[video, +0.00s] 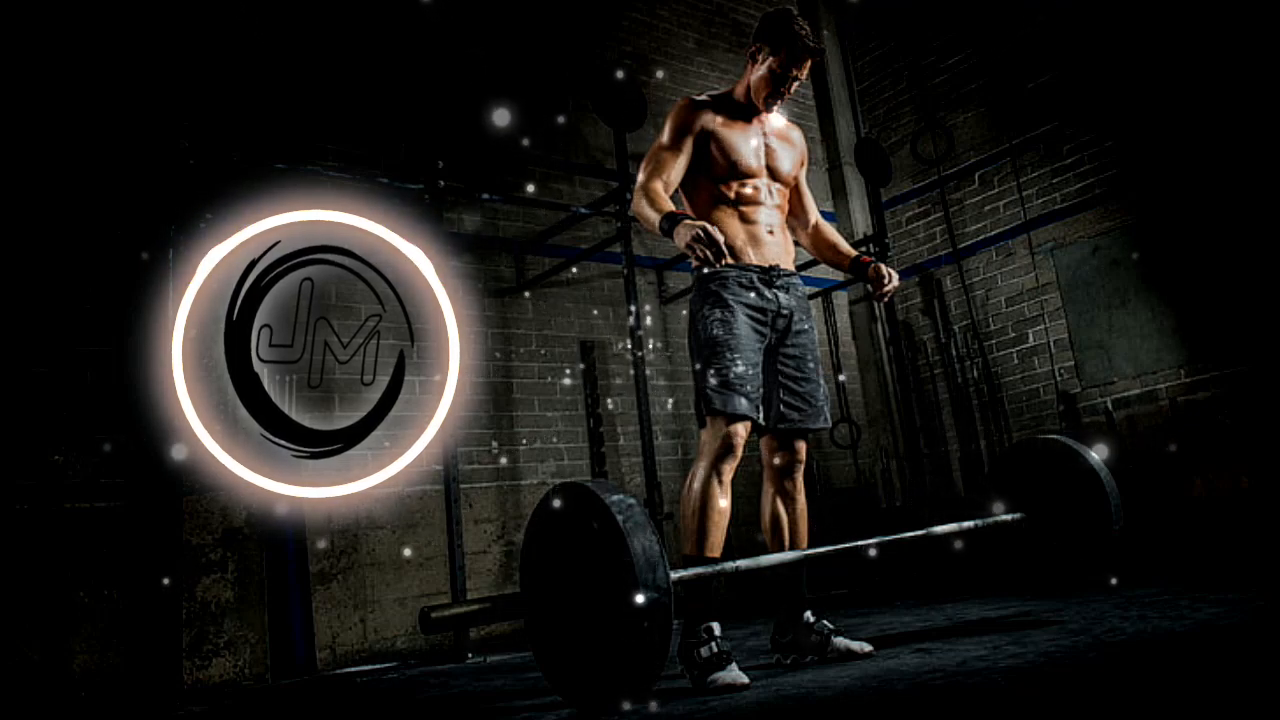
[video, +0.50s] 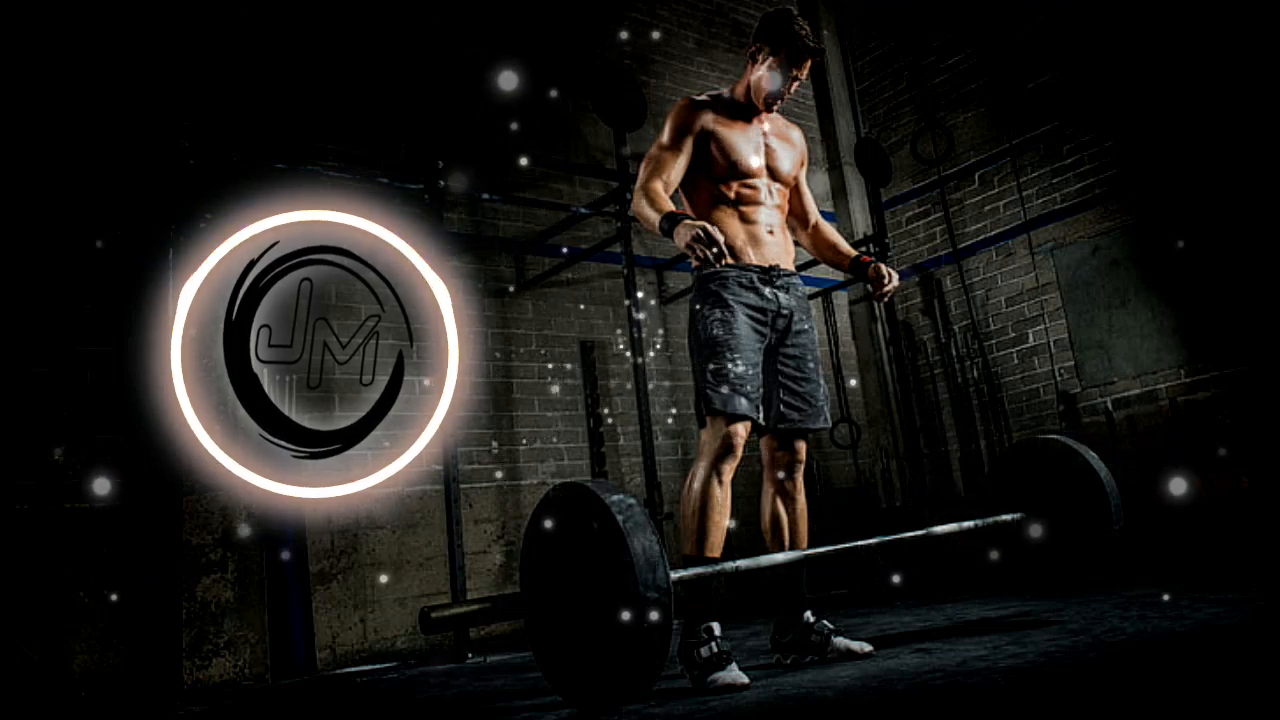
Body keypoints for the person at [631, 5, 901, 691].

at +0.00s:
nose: (787, 95)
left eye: (797, 85)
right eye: (784, 78)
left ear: (801, 78)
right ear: (756, 59)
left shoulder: (791, 136)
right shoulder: (697, 115)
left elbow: (809, 225)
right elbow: (644, 199)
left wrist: (861, 265)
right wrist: (676, 225)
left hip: (790, 297)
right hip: (730, 292)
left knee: (790, 455)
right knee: (729, 437)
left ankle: (797, 624)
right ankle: (698, 633)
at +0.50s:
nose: (791, 91)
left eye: (800, 82)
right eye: (788, 75)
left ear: (797, 79)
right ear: (757, 59)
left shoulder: (791, 136)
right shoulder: (698, 115)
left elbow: (809, 225)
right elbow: (644, 200)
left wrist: (861, 265)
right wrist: (676, 225)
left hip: (790, 296)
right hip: (731, 292)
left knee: (790, 454)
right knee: (729, 437)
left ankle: (797, 624)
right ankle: (698, 633)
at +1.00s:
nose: (790, 90)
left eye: (801, 79)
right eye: (787, 73)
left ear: (803, 76)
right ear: (756, 57)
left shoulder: (792, 136)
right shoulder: (697, 115)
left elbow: (808, 224)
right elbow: (645, 197)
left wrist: (860, 264)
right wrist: (677, 225)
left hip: (790, 297)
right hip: (731, 292)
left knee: (790, 455)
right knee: (730, 437)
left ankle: (796, 624)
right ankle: (698, 633)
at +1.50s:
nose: (787, 93)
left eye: (798, 83)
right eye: (783, 76)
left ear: (802, 77)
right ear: (756, 57)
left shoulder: (792, 135)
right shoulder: (698, 115)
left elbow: (808, 224)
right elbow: (645, 198)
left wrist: (860, 265)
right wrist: (676, 226)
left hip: (790, 296)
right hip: (730, 292)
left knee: (790, 454)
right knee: (729, 437)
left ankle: (797, 624)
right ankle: (698, 634)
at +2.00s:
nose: (790, 93)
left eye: (800, 82)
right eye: (787, 76)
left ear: (805, 77)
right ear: (757, 58)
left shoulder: (792, 136)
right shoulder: (697, 115)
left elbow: (809, 224)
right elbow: (645, 199)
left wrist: (860, 264)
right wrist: (677, 225)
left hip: (790, 296)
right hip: (731, 291)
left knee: (789, 455)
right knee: (729, 438)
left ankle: (796, 625)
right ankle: (698, 634)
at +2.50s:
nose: (789, 92)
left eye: (799, 81)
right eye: (786, 76)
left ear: (801, 77)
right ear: (756, 58)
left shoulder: (792, 137)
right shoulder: (697, 115)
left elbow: (809, 225)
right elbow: (645, 199)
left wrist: (860, 265)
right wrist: (676, 225)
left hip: (790, 296)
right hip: (730, 291)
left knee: (790, 454)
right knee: (729, 437)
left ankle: (794, 624)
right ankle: (698, 633)